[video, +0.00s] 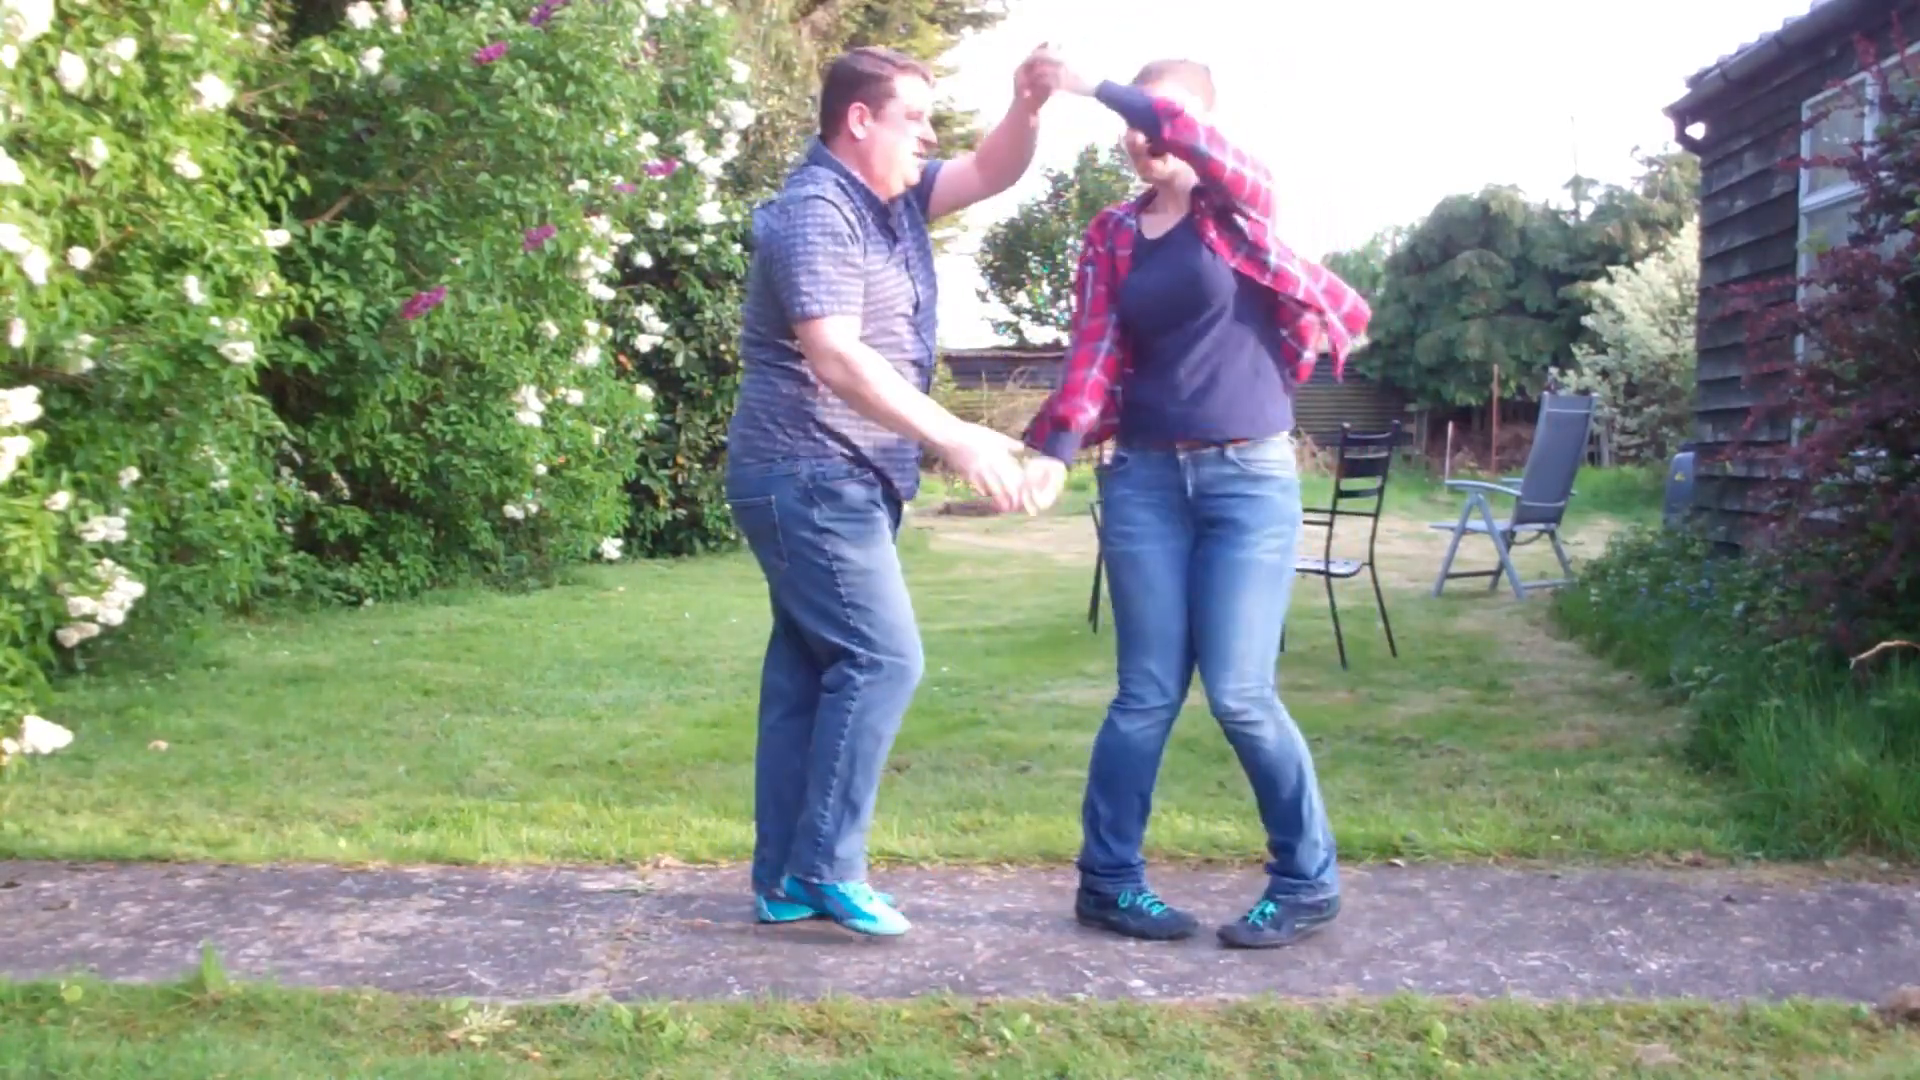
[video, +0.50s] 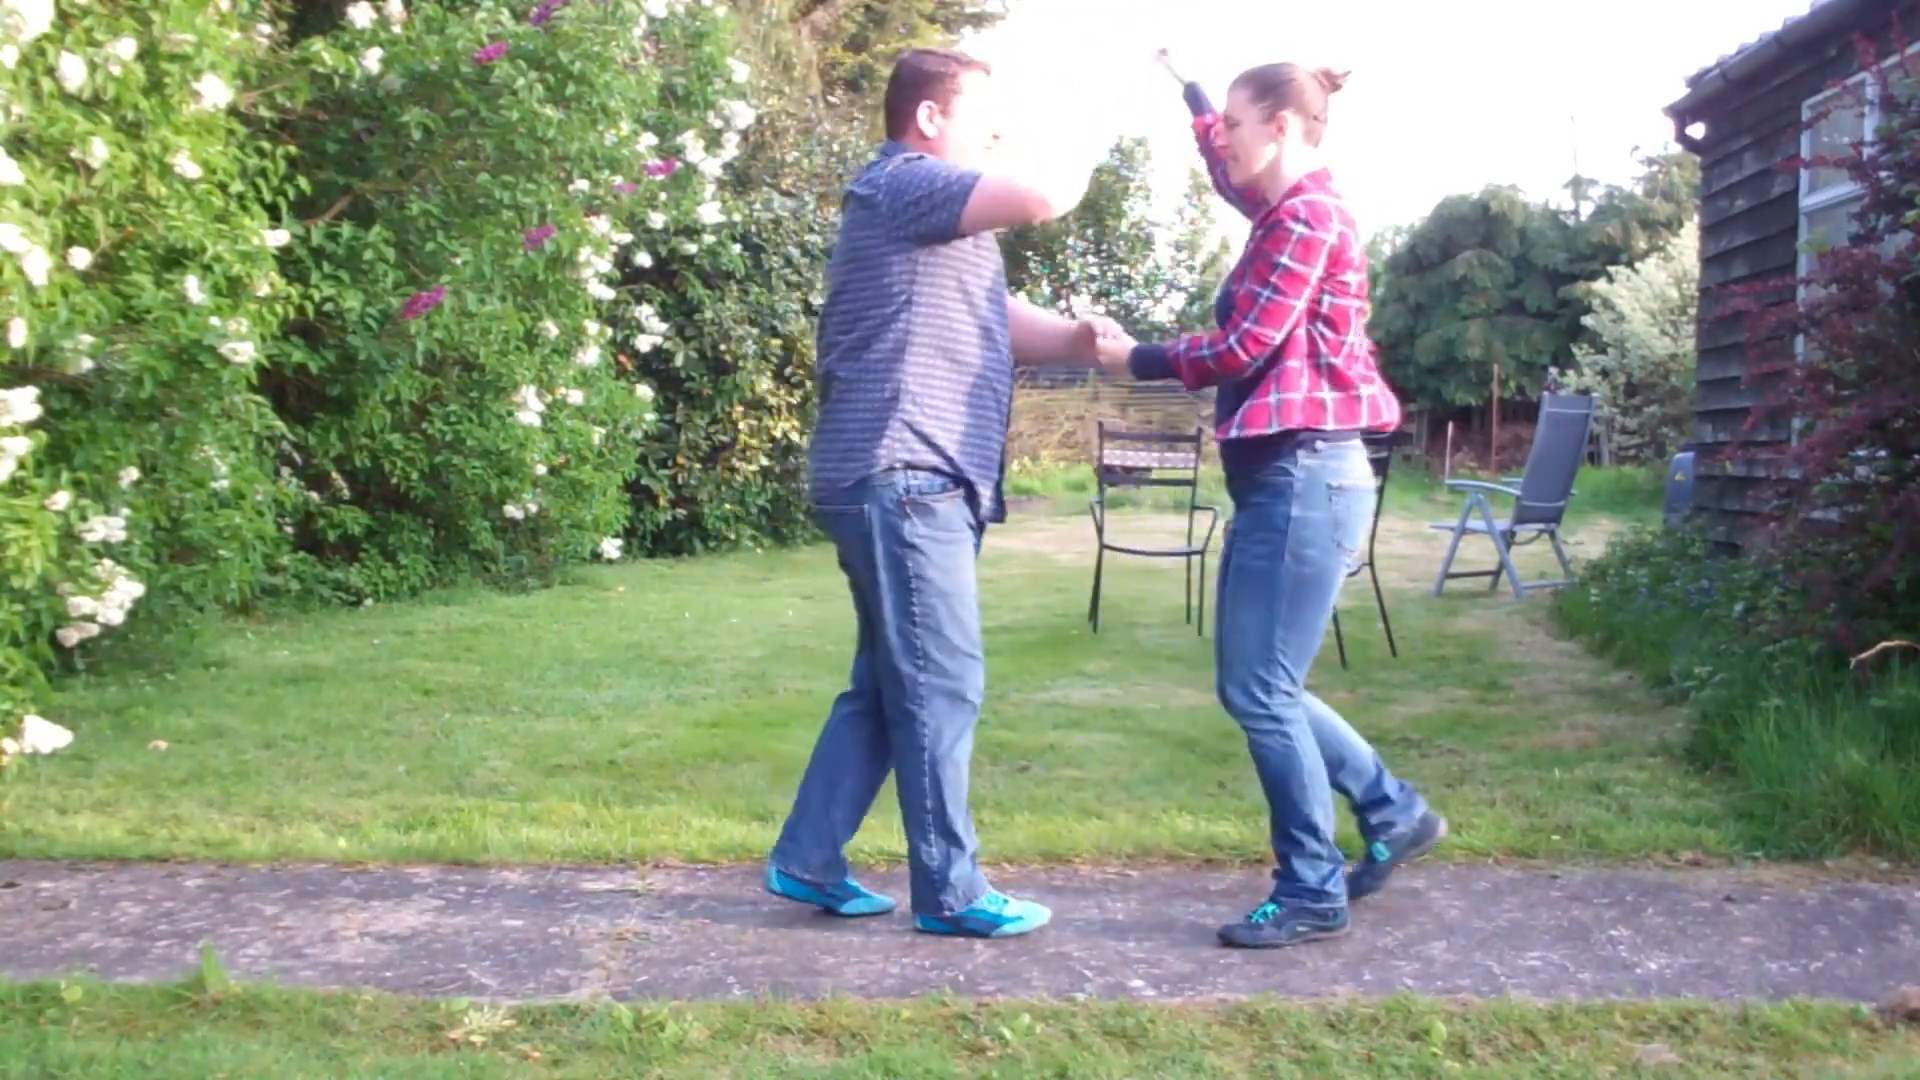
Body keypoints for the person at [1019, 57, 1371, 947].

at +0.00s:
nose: (1149, 137)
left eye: (1165, 122)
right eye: (1140, 121)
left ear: (1205, 128)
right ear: (1125, 135)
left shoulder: (1242, 205)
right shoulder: (1112, 230)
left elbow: (1188, 127)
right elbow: (1092, 352)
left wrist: (1095, 86)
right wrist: (1052, 449)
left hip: (1252, 476)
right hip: (1143, 479)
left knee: (1237, 691)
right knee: (1148, 691)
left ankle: (1308, 881)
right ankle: (1108, 880)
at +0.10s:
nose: (1150, 139)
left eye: (1165, 124)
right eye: (1145, 127)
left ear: (1220, 124)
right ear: (1149, 129)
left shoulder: (1271, 189)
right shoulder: (1146, 230)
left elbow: (1202, 206)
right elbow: (1127, 357)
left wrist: (1081, 150)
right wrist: (1086, 469)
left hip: (1268, 480)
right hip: (1167, 482)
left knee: (1247, 688)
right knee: (1161, 690)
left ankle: (1314, 888)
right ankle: (1112, 877)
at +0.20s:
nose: (1169, 146)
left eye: (1182, 130)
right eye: (1168, 130)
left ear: (1236, 129)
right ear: (1201, 134)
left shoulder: (1285, 200)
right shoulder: (1193, 229)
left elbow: (1210, 263)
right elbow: (1165, 334)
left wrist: (1095, 220)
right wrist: (1127, 381)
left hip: (1287, 489)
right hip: (1194, 488)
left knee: (1257, 696)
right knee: (1168, 691)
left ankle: (1314, 891)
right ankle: (1144, 877)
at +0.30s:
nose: (1186, 145)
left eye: (1197, 130)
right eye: (1186, 130)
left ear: (1251, 130)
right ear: (1229, 132)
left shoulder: (1291, 209)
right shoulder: (1224, 221)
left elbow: (1216, 309)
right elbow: (1173, 259)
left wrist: (1100, 279)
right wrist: (1120, 255)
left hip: (1298, 488)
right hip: (1221, 489)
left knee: (1258, 695)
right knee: (1180, 684)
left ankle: (1315, 892)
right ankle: (1228, 863)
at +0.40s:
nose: (1200, 149)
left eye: (1210, 131)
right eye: (1198, 134)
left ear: (1263, 130)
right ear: (1258, 132)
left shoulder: (1298, 212)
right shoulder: (1258, 218)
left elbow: (1225, 335)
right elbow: (1219, 187)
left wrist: (1121, 327)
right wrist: (1181, 148)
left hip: (1303, 484)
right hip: (1250, 486)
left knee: (1256, 696)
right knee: (1200, 686)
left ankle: (1312, 894)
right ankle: (1330, 831)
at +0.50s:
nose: (1221, 140)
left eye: (1235, 124)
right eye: (1220, 127)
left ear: (1287, 130)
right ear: (1287, 133)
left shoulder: (1308, 213)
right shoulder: (1294, 212)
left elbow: (1240, 349)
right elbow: (1234, 181)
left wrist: (1137, 357)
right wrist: (1199, 108)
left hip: (1305, 474)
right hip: (1296, 471)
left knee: (1260, 689)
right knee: (1262, 683)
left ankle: (1312, 890)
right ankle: (1394, 812)